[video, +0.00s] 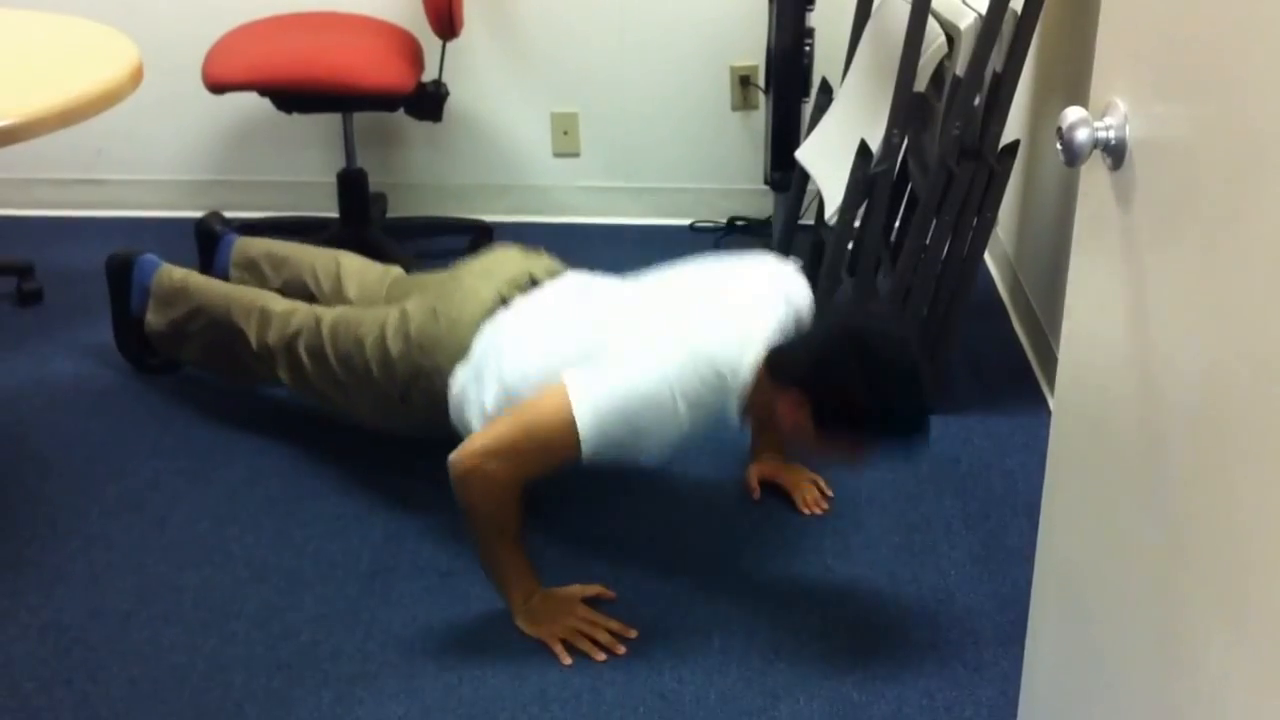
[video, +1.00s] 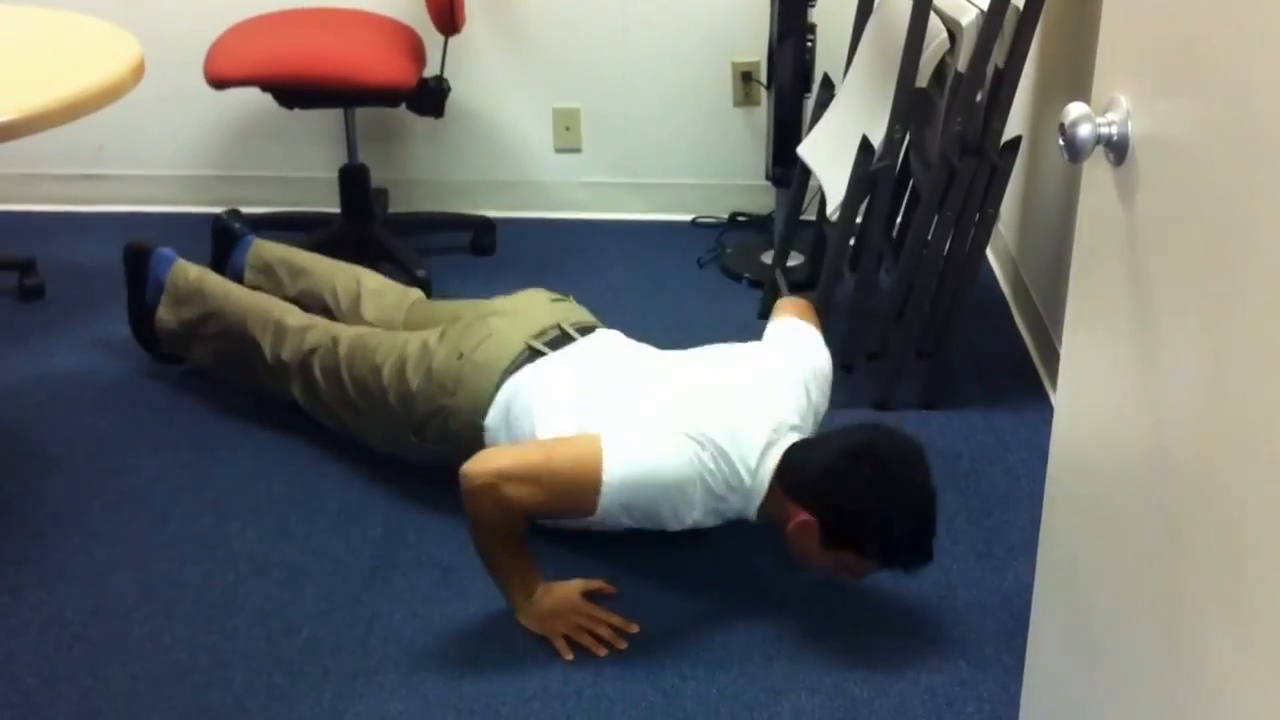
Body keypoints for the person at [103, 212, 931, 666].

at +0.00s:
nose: (829, 452)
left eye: (845, 449)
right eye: (837, 443)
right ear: (800, 404)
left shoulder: (782, 287)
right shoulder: (669, 383)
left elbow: (757, 371)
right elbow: (478, 468)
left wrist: (764, 446)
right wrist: (529, 600)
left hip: (529, 277)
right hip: (463, 358)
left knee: (374, 283)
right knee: (292, 344)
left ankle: (233, 245)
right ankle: (154, 299)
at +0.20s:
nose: (838, 572)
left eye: (854, 564)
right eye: (845, 561)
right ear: (812, 526)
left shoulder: (799, 385)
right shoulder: (679, 476)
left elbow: (787, 306)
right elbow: (485, 480)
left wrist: (771, 463)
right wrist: (528, 596)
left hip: (557, 332)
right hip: (479, 395)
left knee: (398, 315)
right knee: (304, 357)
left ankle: (247, 253)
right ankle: (166, 294)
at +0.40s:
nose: (846, 465)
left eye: (861, 460)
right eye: (849, 454)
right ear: (801, 411)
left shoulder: (789, 293)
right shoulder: (664, 392)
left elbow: (766, 368)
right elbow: (480, 471)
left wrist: (768, 441)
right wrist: (530, 597)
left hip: (539, 276)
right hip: (476, 351)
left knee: (378, 280)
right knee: (303, 341)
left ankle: (240, 246)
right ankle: (165, 299)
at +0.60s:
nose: (848, 341)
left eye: (866, 328)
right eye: (847, 323)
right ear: (792, 279)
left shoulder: (780, 208)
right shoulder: (640, 293)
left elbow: (773, 325)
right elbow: (527, 437)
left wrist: (770, 448)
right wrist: (528, 590)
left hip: (531, 216)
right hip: (469, 286)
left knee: (382, 260)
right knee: (310, 316)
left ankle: (248, 243)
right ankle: (170, 296)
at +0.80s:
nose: (854, 425)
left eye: (870, 414)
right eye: (854, 410)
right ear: (805, 366)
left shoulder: (792, 266)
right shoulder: (674, 360)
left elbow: (773, 353)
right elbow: (486, 458)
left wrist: (768, 444)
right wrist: (531, 597)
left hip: (536, 257)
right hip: (469, 331)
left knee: (382, 278)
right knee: (306, 338)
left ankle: (248, 246)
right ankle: (170, 298)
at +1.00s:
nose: (841, 570)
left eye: (858, 562)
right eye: (848, 560)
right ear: (812, 526)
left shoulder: (804, 378)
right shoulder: (682, 473)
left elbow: (793, 305)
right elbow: (486, 482)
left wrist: (777, 460)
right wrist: (529, 596)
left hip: (561, 321)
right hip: (480, 389)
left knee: (404, 307)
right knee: (307, 353)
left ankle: (252, 250)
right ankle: (171, 294)